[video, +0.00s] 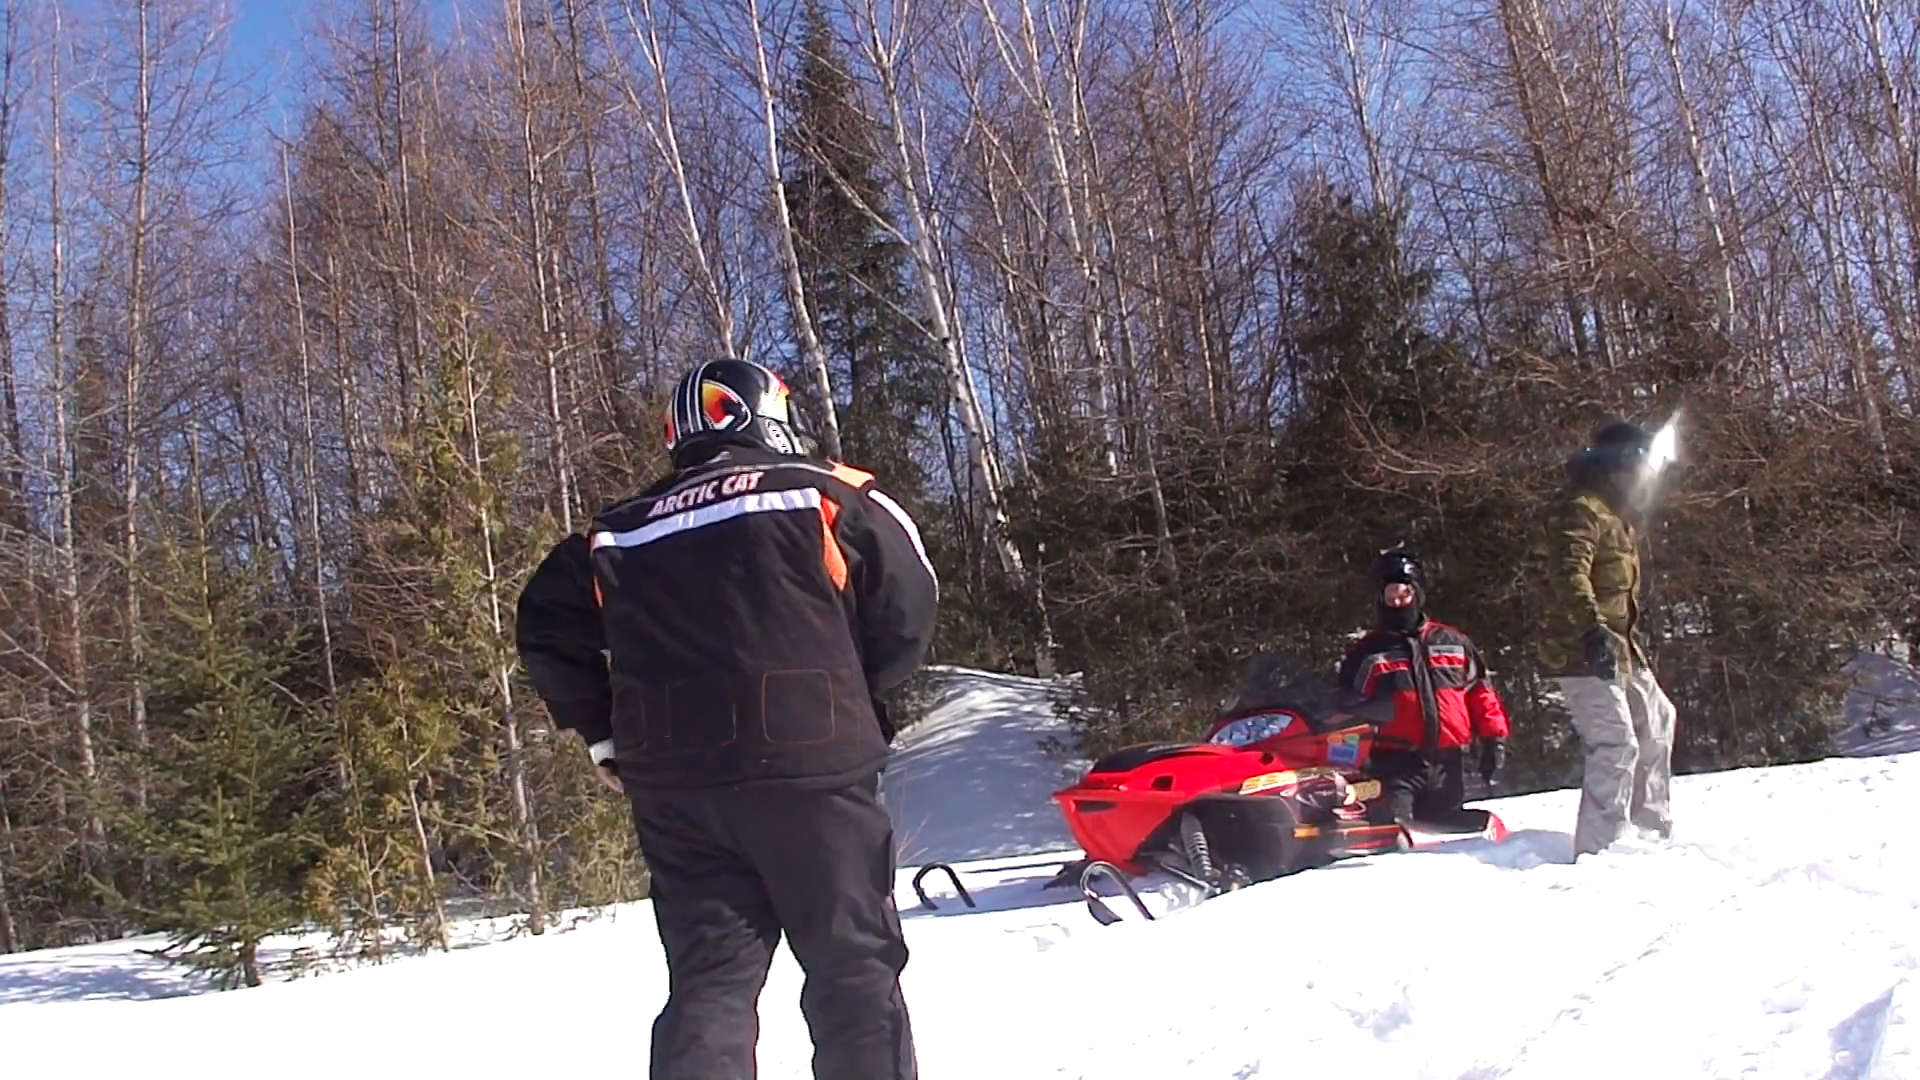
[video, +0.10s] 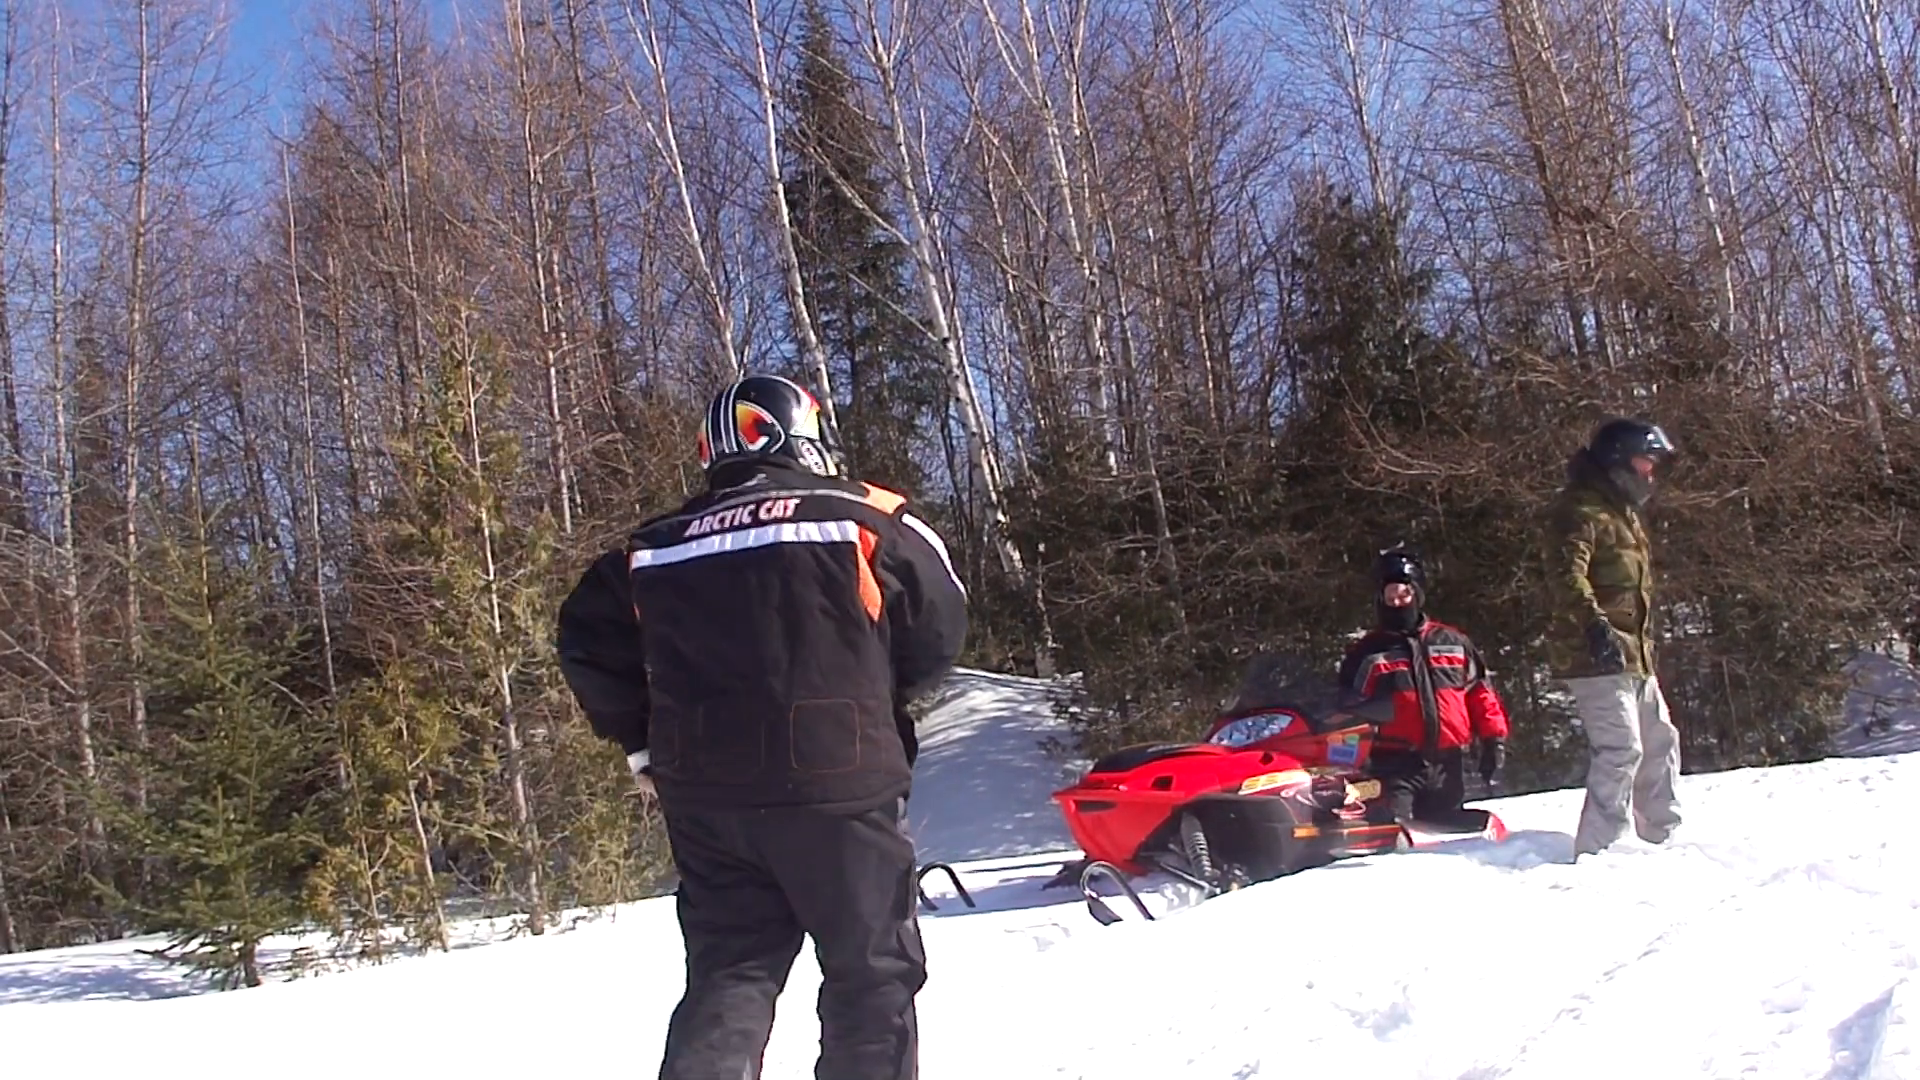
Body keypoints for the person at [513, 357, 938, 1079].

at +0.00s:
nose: (796, 428)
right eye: (787, 417)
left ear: (680, 429)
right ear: (774, 420)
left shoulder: (617, 526)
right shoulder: (831, 489)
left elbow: (543, 622)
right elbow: (908, 599)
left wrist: (602, 729)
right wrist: (863, 691)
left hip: (672, 787)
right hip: (812, 777)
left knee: (707, 980)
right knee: (852, 969)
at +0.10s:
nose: (830, 443)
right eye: (821, 430)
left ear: (713, 445)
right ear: (809, 436)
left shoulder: (654, 541)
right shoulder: (869, 514)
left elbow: (584, 637)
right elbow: (938, 630)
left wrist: (641, 736)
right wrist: (877, 682)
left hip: (706, 804)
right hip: (840, 801)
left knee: (727, 971)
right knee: (871, 977)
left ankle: (697, 1076)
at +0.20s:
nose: (852, 455)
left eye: (845, 444)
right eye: (844, 443)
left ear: (740, 454)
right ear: (829, 449)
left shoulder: (677, 549)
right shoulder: (890, 529)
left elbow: (614, 642)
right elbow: (949, 642)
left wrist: (660, 751)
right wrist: (897, 696)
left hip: (733, 804)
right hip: (861, 799)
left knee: (782, 950)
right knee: (897, 962)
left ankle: (707, 1051)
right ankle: (862, 1070)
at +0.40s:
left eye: (764, 432)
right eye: (850, 427)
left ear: (762, 443)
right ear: (848, 433)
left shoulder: (713, 535)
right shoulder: (912, 501)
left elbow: (657, 633)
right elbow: (965, 612)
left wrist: (687, 746)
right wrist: (919, 653)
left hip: (770, 757)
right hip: (892, 750)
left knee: (841, 880)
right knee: (888, 932)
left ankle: (800, 1012)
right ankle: (869, 1069)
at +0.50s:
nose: (871, 442)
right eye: (865, 430)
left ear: (772, 450)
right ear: (862, 437)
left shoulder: (728, 539)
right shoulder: (926, 502)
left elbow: (685, 648)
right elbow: (981, 606)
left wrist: (718, 748)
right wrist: (939, 659)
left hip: (784, 755)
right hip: (903, 746)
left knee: (887, 894)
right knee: (885, 927)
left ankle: (896, 1047)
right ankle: (862, 1069)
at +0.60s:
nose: (888, 458)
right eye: (881, 447)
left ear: (786, 469)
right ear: (874, 451)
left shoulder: (752, 555)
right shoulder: (936, 516)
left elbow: (709, 673)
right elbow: (996, 617)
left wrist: (758, 724)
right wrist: (942, 664)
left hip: (804, 766)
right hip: (918, 755)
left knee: (904, 910)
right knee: (893, 930)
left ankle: (942, 1055)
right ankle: (864, 1071)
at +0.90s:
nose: (906, 514)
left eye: (817, 516)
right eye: (901, 505)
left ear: (817, 527)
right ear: (897, 509)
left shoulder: (784, 613)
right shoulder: (951, 567)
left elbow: (772, 714)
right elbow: (1035, 636)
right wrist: (987, 570)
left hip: (854, 805)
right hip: (960, 782)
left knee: (903, 939)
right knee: (993, 923)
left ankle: (910, 1047)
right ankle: (916, 1047)